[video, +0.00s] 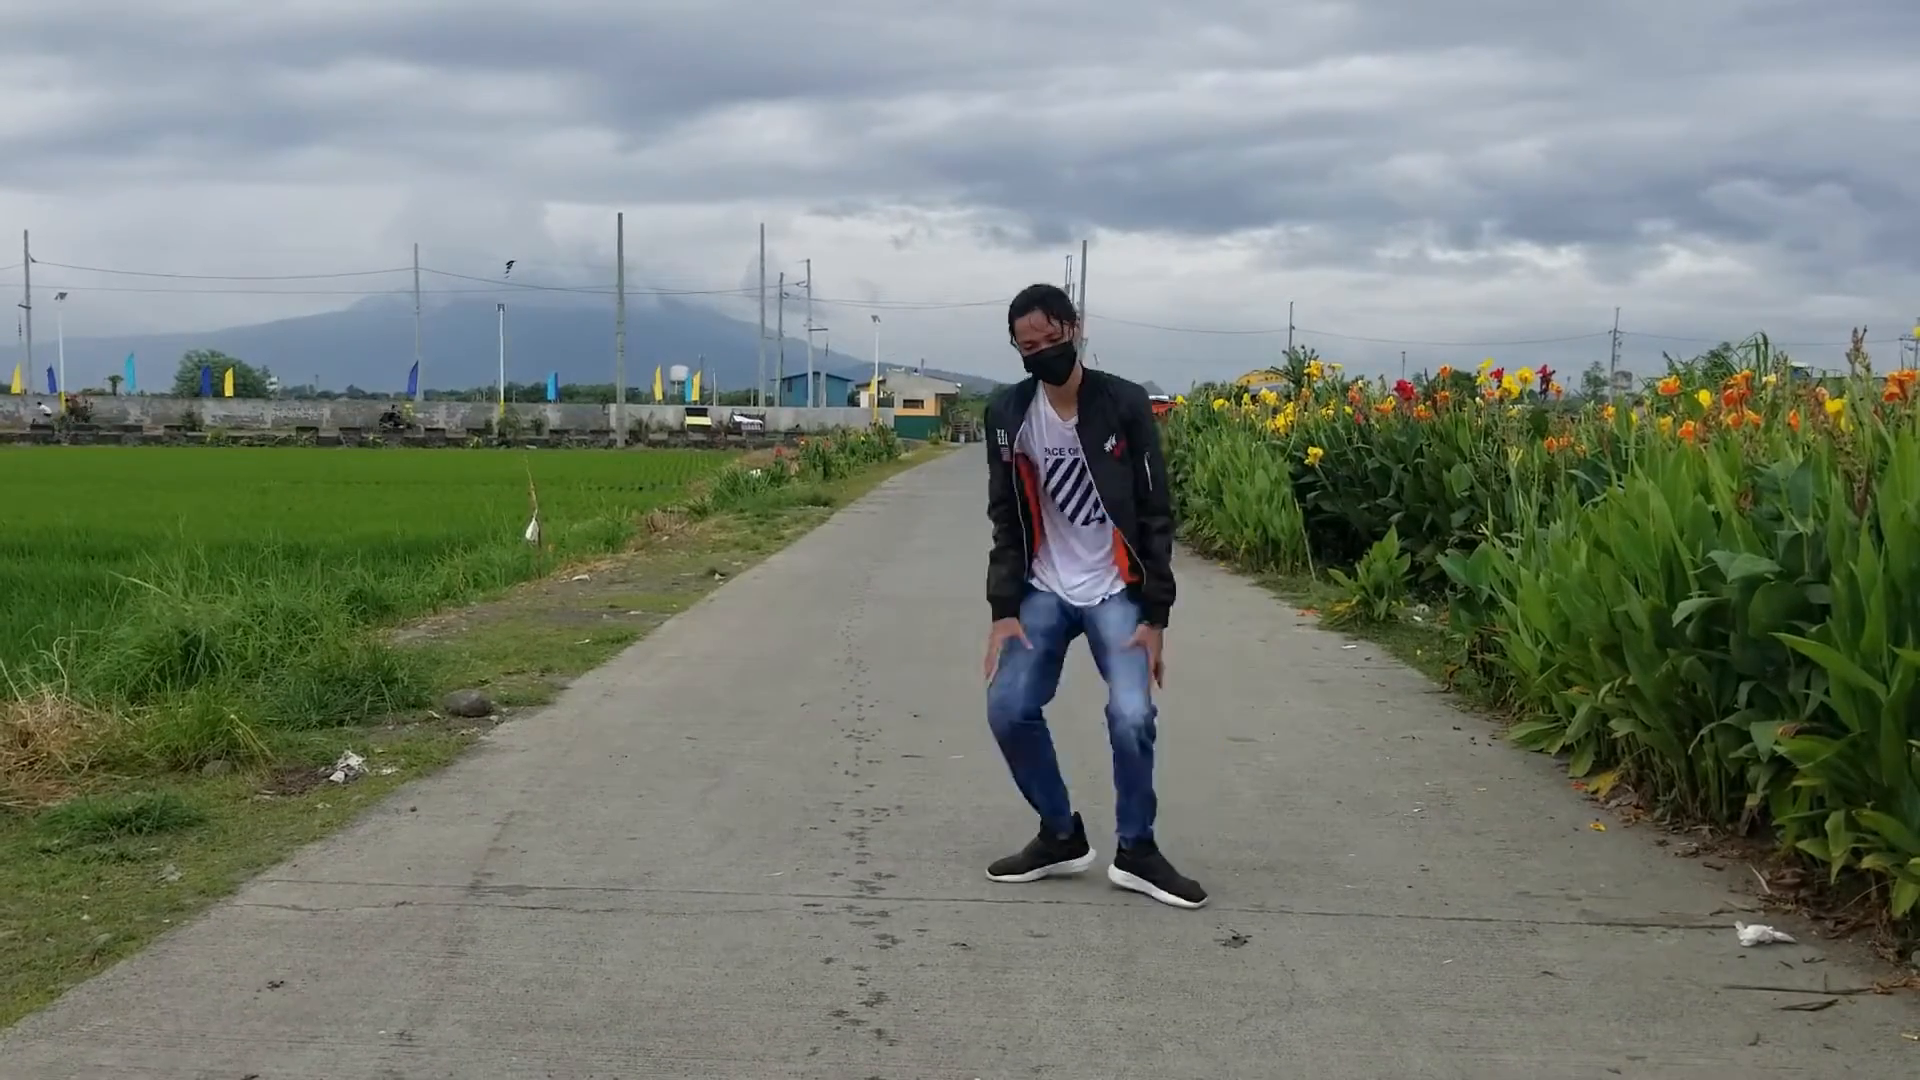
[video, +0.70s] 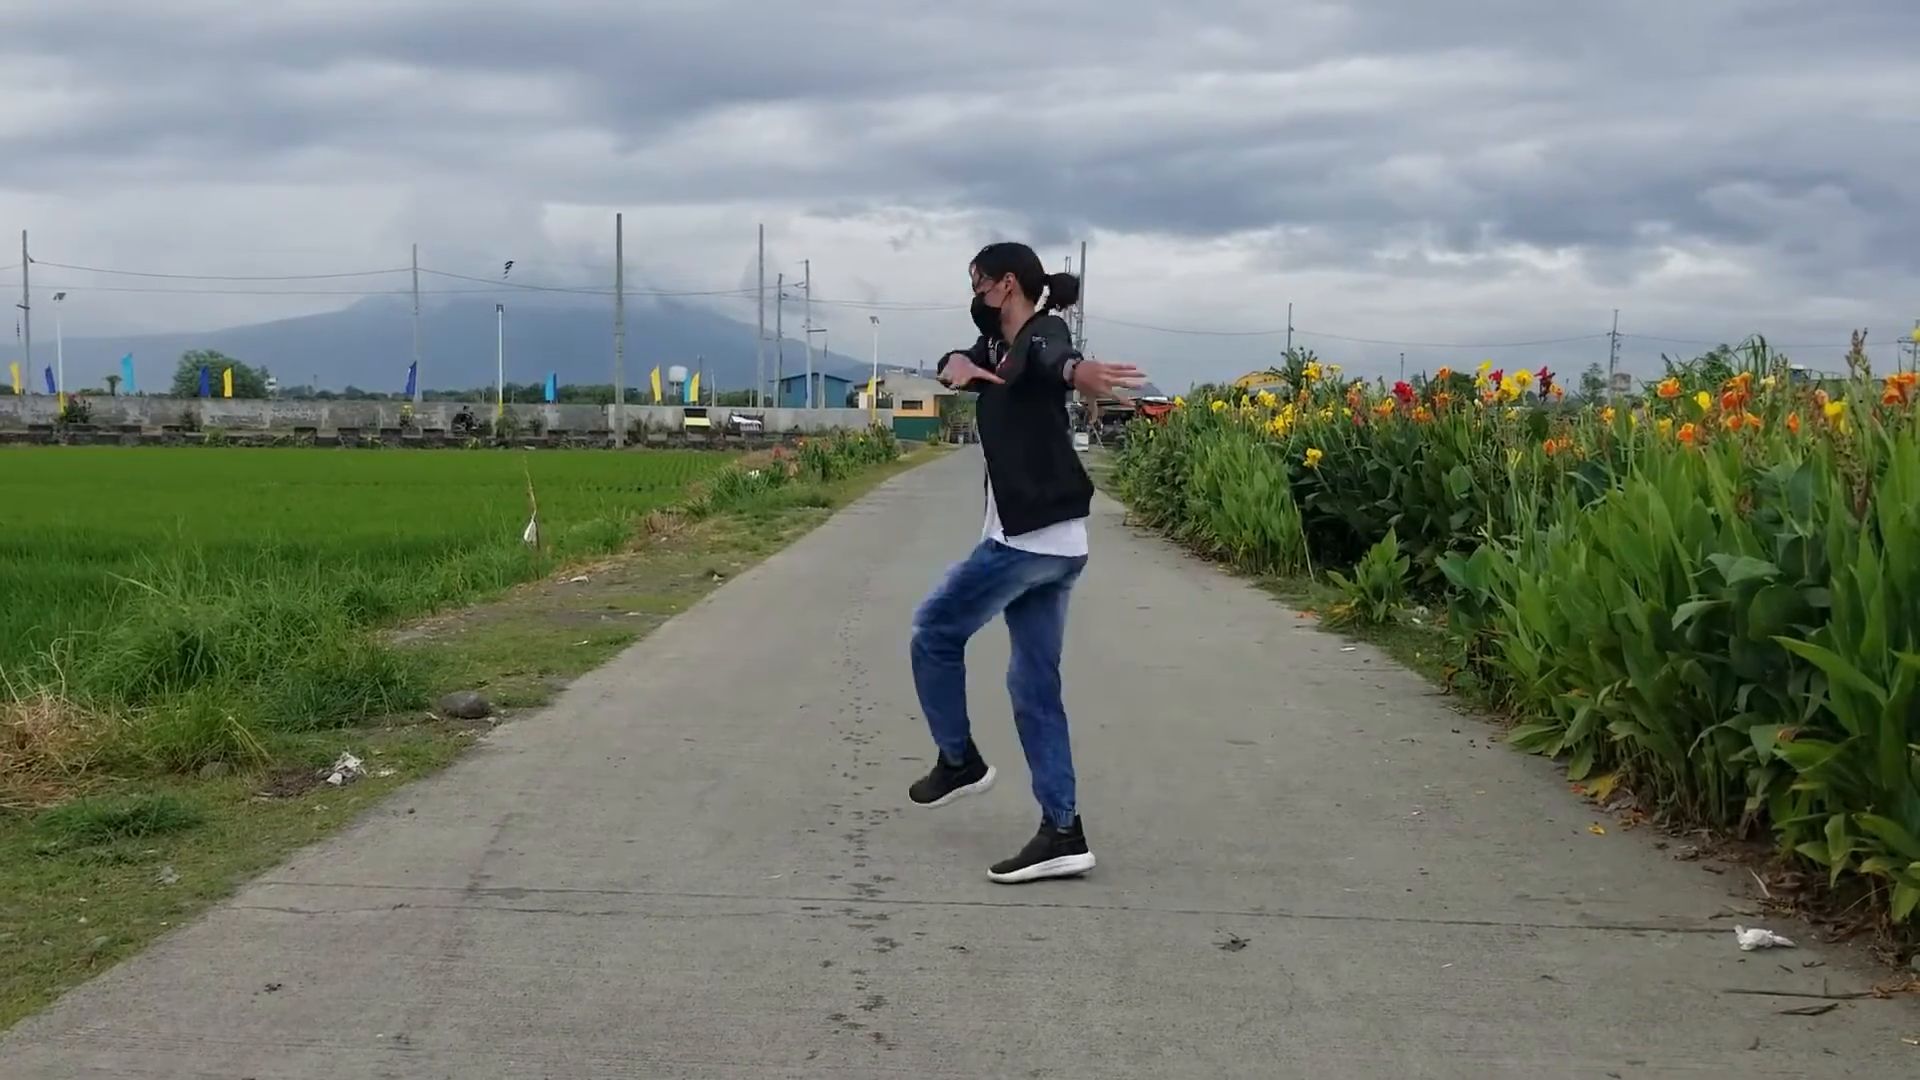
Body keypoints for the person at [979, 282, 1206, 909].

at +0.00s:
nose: (1038, 350)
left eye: (1046, 336)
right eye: (1026, 343)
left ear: (1073, 330)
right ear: (1018, 349)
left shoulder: (1124, 404)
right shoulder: (1008, 413)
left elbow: (1155, 514)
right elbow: (1006, 517)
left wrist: (1155, 616)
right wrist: (1003, 608)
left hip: (1115, 585)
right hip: (1041, 584)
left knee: (1133, 716)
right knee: (1008, 710)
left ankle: (1135, 850)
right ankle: (1061, 834)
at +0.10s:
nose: (1021, 310)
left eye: (1031, 296)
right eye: (1009, 302)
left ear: (1056, 293)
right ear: (998, 308)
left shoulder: (1104, 362)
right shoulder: (994, 378)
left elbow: (1134, 468)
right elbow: (995, 469)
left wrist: (1090, 551)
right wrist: (1020, 525)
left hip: (1105, 548)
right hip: (1041, 550)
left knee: (1096, 674)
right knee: (1023, 691)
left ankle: (1188, 795)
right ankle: (1066, 840)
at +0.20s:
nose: (1010, 280)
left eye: (1019, 267)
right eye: (998, 273)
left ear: (1046, 265)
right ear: (990, 284)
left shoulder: (1097, 333)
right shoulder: (989, 356)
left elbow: (1163, 400)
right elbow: (969, 442)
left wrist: (1074, 431)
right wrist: (1003, 383)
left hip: (1090, 530)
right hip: (1025, 543)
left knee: (1101, 612)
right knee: (1017, 682)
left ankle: (1163, 728)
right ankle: (1062, 831)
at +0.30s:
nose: (1014, 273)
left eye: (1023, 260)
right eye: (1001, 269)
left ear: (1048, 266)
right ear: (990, 284)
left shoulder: (1088, 331)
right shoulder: (984, 349)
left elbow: (1155, 365)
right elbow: (957, 413)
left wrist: (1067, 361)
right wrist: (1008, 342)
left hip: (1085, 506)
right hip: (1021, 527)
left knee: (1085, 547)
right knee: (1041, 691)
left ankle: (1119, 675)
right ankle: (1067, 832)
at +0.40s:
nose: (1010, 270)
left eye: (1020, 258)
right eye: (998, 264)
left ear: (1045, 266)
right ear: (987, 281)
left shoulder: (1083, 329)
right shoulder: (979, 348)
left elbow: (1142, 365)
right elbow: (955, 417)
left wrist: (1056, 354)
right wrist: (1002, 345)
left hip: (1079, 504)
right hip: (1010, 520)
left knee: (1045, 523)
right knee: (1033, 682)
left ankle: (1065, 667)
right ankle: (1065, 832)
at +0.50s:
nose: (1007, 283)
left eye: (1016, 270)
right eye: (996, 277)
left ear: (1042, 273)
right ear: (986, 291)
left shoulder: (1077, 333)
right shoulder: (980, 350)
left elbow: (1131, 361)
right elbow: (949, 400)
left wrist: (1046, 347)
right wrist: (992, 337)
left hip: (1070, 520)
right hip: (1012, 524)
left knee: (987, 540)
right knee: (1040, 685)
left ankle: (1005, 685)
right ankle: (1064, 833)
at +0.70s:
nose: (975, 294)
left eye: (980, 284)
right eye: (975, 285)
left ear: (1009, 284)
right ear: (1009, 286)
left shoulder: (1045, 333)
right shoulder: (996, 344)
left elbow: (1047, 355)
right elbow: (951, 364)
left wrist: (1076, 370)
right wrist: (958, 369)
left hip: (1027, 540)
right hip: (1053, 541)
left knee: (935, 627)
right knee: (1035, 689)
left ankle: (958, 760)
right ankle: (1062, 831)